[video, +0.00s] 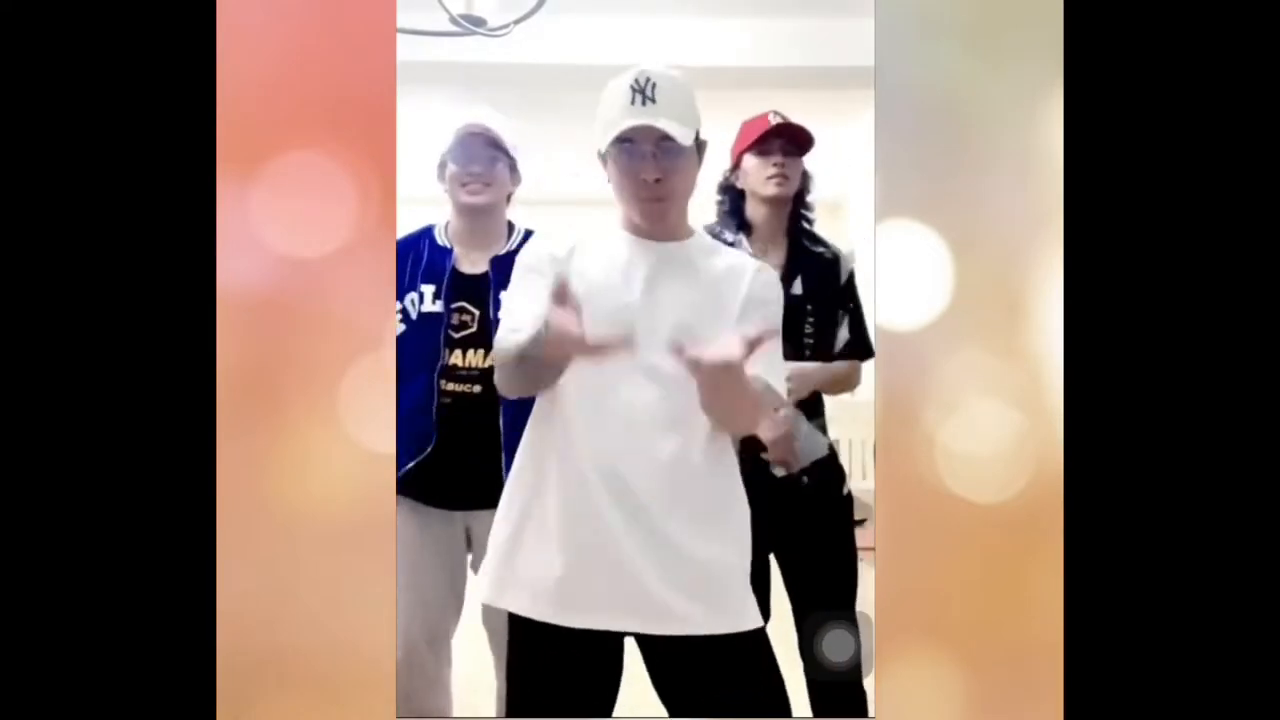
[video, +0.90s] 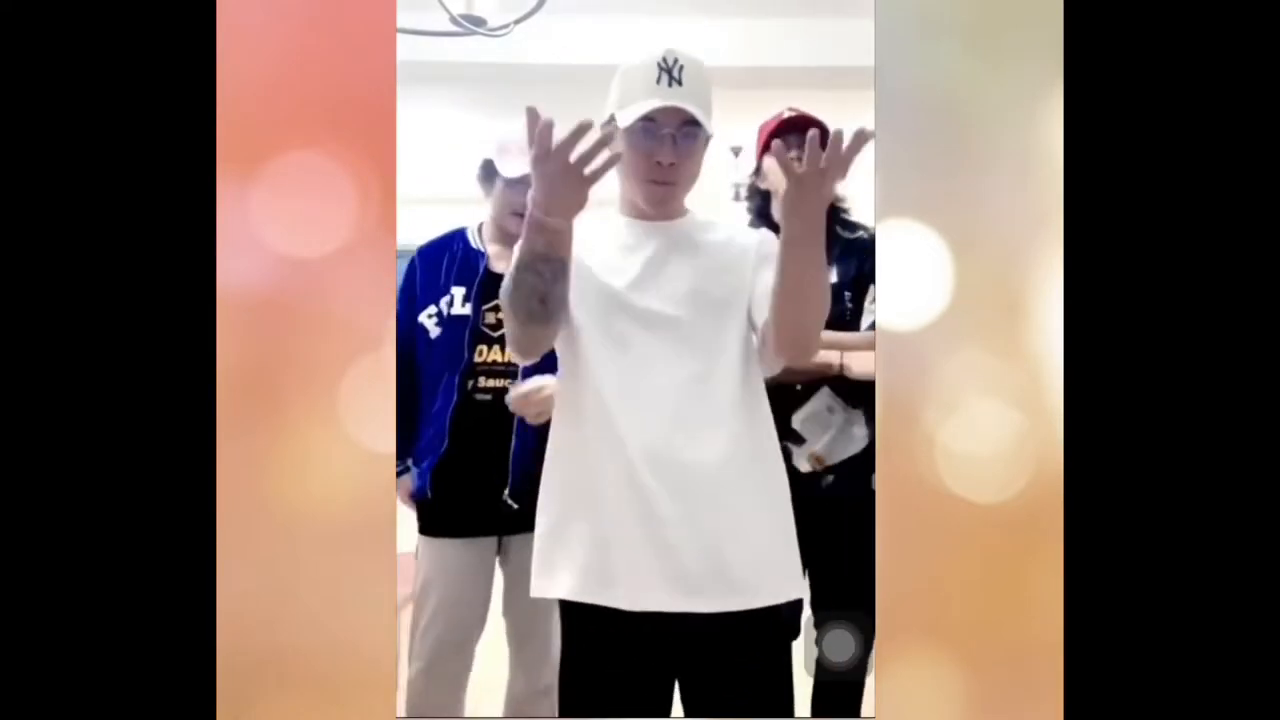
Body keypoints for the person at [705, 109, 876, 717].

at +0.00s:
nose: (781, 164)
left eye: (791, 155)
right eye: (766, 153)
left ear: (802, 172)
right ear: (737, 170)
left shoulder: (826, 262)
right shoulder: (704, 255)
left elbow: (850, 370)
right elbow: (687, 354)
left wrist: (811, 374)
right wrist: (753, 400)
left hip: (809, 466)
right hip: (725, 466)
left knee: (831, 644)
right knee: (733, 633)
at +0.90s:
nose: (796, 160)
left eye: (808, 149)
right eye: (783, 149)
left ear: (830, 160)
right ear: (758, 166)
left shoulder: (864, 245)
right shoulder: (741, 245)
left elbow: (897, 344)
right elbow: (744, 351)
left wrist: (798, 341)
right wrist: (844, 359)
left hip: (848, 473)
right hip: (761, 469)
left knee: (846, 635)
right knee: (763, 628)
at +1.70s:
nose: (794, 160)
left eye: (807, 149)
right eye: (780, 148)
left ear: (826, 165)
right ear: (757, 162)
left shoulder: (857, 255)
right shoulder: (731, 254)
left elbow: (898, 370)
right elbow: (707, 360)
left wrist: (866, 338)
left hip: (835, 482)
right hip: (745, 479)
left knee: (838, 653)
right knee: (740, 653)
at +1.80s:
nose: (797, 155)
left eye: (810, 144)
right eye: (783, 145)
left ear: (829, 161)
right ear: (761, 161)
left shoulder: (863, 252)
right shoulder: (738, 254)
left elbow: (888, 361)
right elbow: (715, 362)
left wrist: (837, 337)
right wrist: (755, 437)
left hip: (840, 479)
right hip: (750, 476)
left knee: (838, 648)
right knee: (743, 643)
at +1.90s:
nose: (800, 160)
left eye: (814, 150)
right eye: (786, 150)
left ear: (834, 167)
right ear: (763, 168)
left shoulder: (868, 255)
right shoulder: (737, 251)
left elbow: (891, 359)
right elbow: (720, 371)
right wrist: (763, 438)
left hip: (844, 479)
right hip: (753, 474)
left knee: (841, 646)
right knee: (747, 641)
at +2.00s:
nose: (805, 159)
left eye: (818, 149)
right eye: (791, 149)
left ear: (838, 165)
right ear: (769, 166)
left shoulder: (873, 250)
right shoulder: (742, 253)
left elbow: (898, 350)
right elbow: (724, 355)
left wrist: (856, 416)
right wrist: (773, 424)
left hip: (852, 468)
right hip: (764, 463)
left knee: (846, 634)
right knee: (754, 627)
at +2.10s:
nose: (809, 157)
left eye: (822, 146)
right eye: (794, 146)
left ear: (840, 164)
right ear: (771, 165)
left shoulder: (875, 248)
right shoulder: (743, 251)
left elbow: (897, 358)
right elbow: (723, 348)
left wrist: (818, 321)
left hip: (852, 464)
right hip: (762, 457)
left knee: (845, 632)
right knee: (754, 624)